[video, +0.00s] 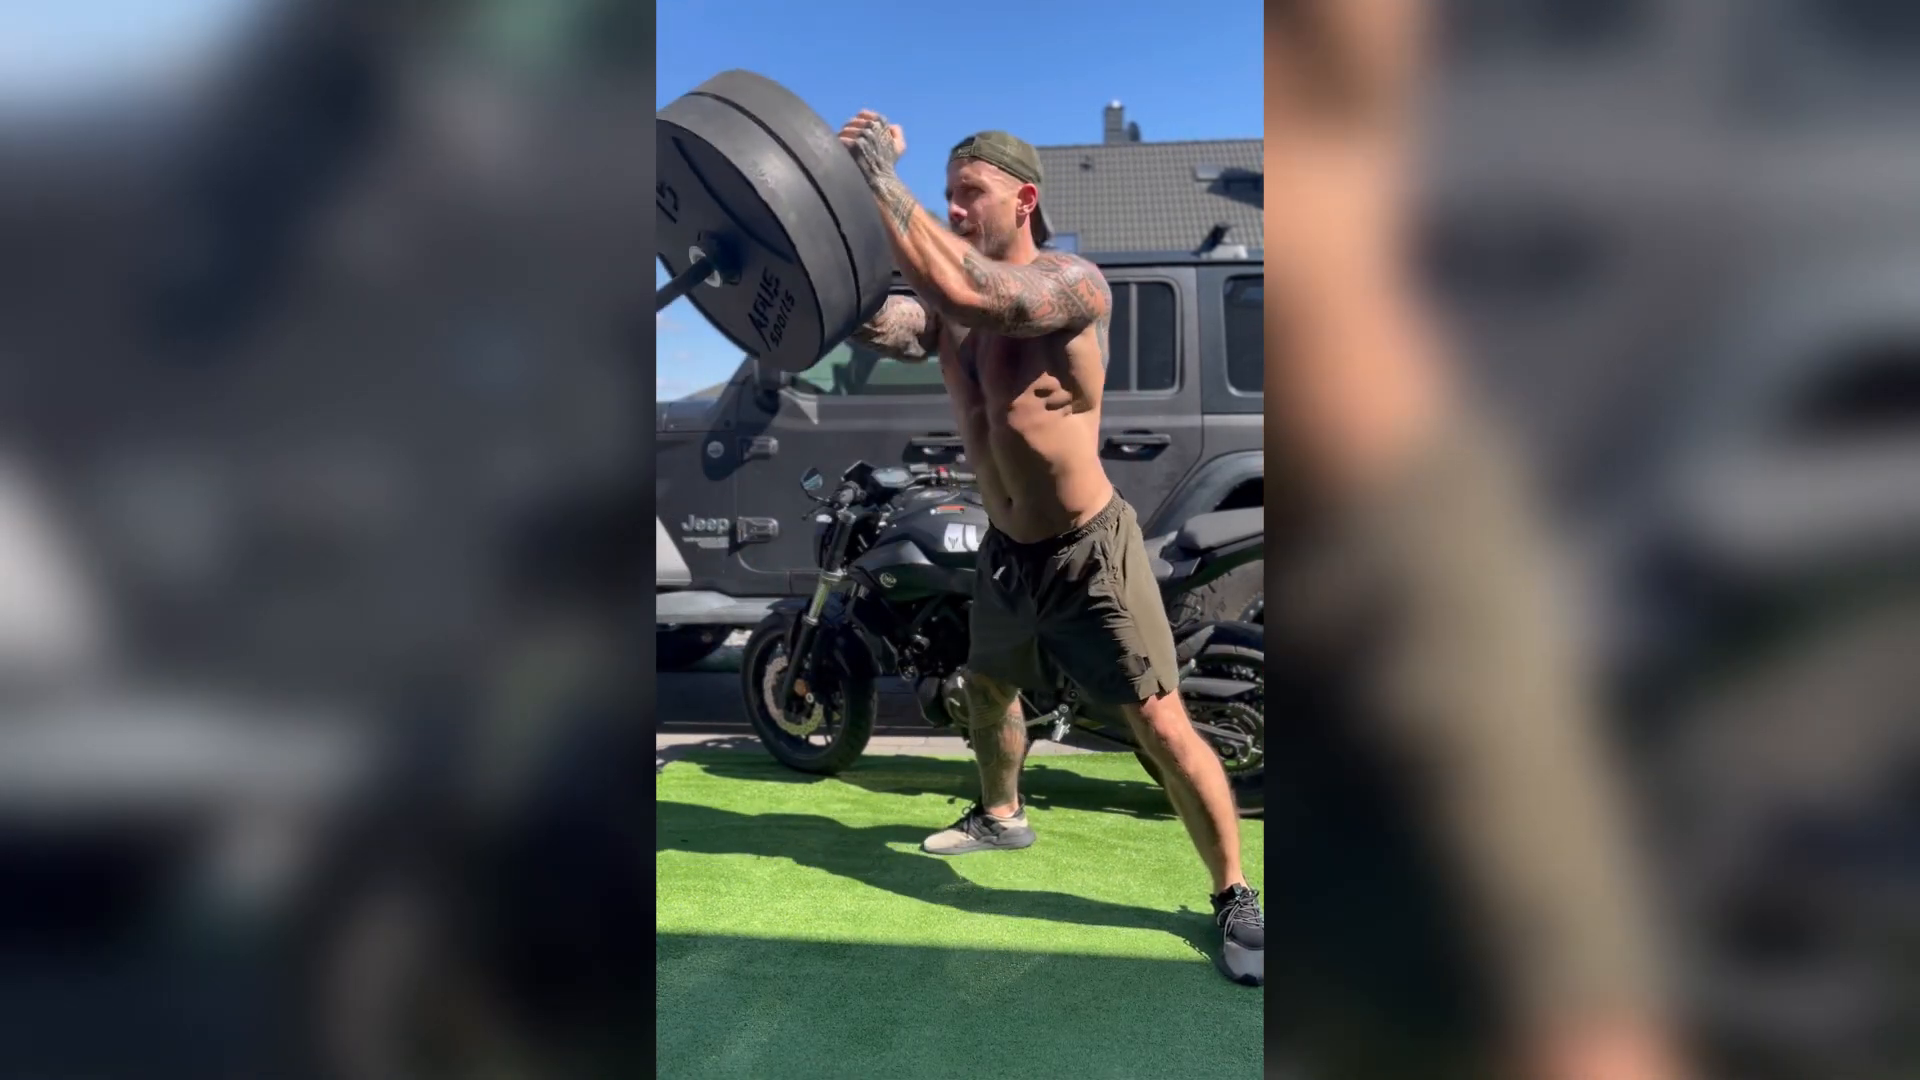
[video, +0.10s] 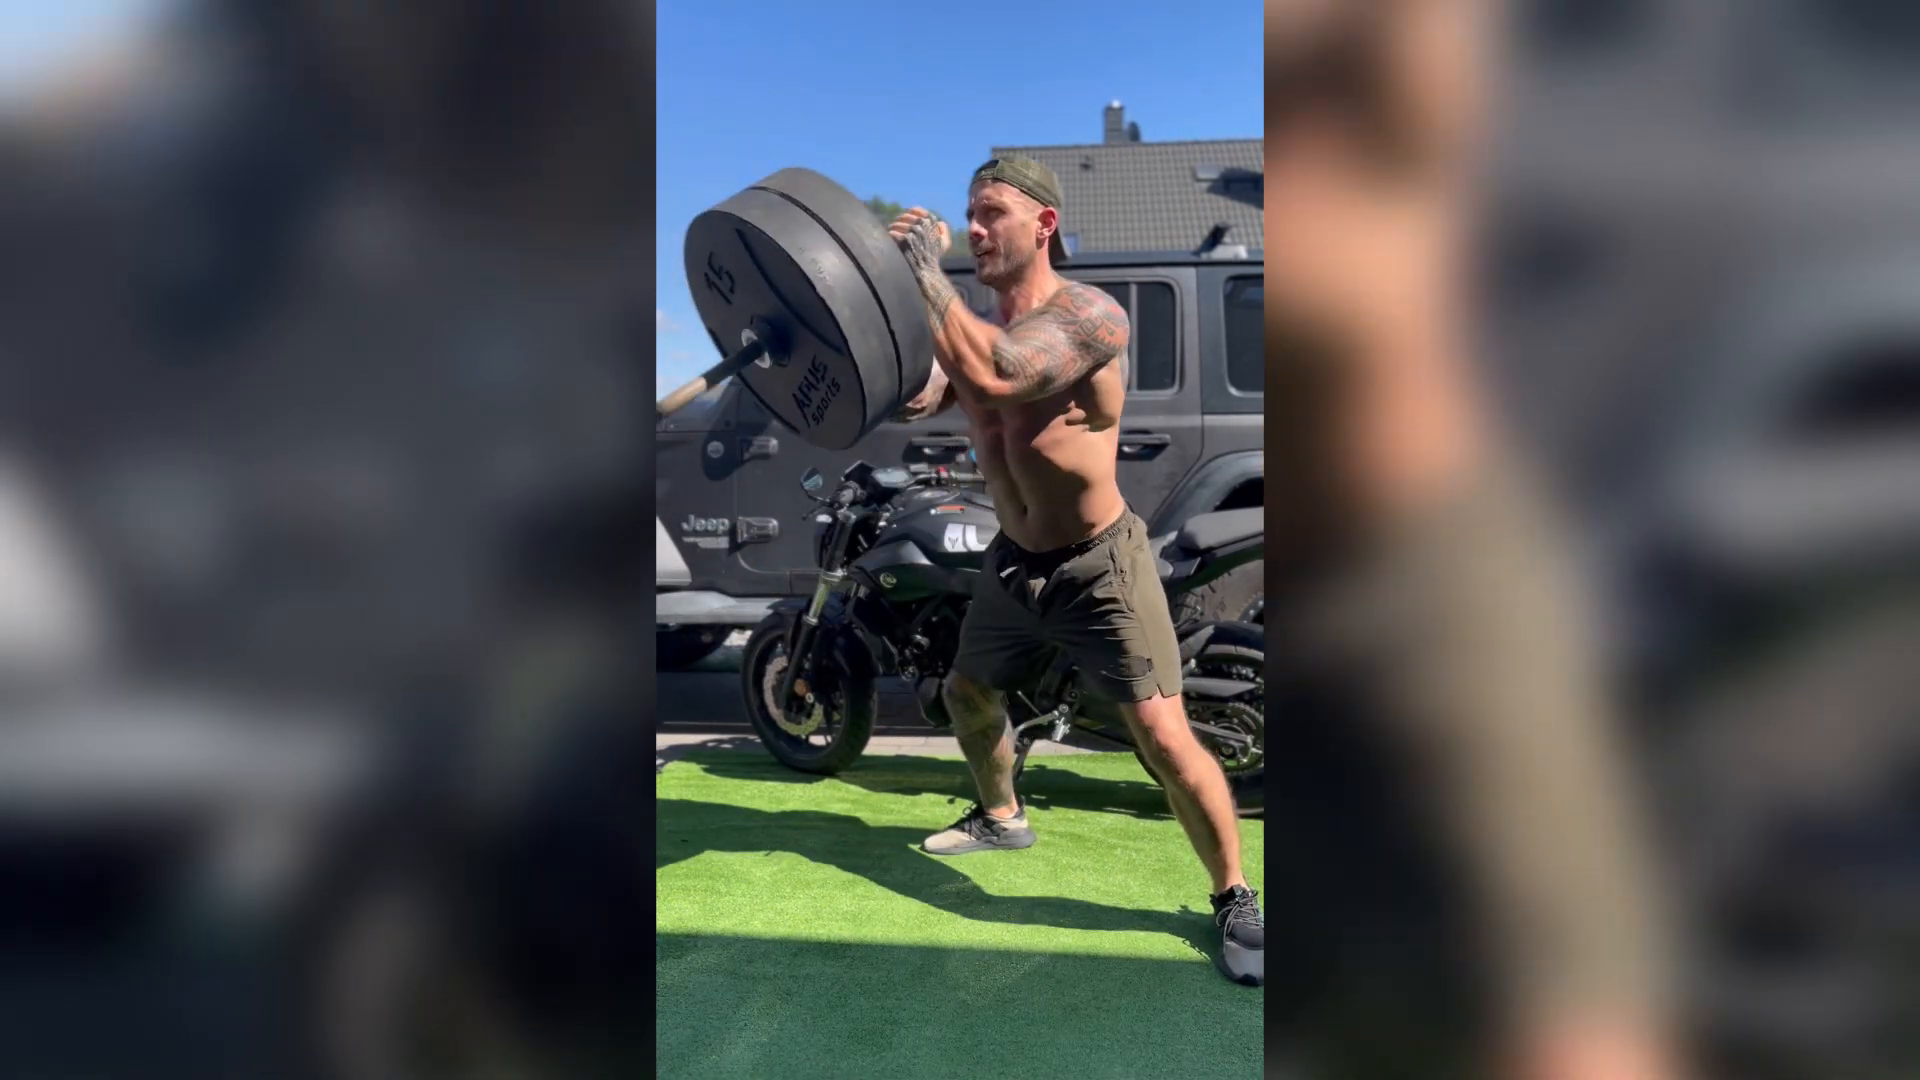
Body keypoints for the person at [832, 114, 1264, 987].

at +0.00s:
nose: (956, 208)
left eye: (972, 193)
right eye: (949, 196)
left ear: (1026, 200)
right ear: (950, 208)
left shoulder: (1076, 281)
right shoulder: (949, 302)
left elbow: (973, 291)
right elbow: (880, 324)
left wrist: (886, 186)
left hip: (1091, 545)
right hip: (1006, 551)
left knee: (1160, 725)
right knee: (989, 691)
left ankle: (1235, 896)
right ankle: (1000, 817)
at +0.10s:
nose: (975, 230)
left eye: (992, 215)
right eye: (971, 217)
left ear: (1045, 222)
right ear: (973, 231)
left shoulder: (1094, 314)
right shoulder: (976, 324)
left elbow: (999, 376)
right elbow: (915, 394)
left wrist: (928, 278)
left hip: (1103, 557)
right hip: (1013, 558)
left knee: (1161, 733)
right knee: (970, 695)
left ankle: (1235, 898)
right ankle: (1002, 819)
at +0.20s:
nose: (982, 280)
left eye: (1000, 267)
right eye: (981, 267)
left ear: (1051, 279)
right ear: (981, 281)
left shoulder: (1101, 371)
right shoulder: (984, 358)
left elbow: (1016, 464)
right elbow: (942, 459)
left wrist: (960, 365)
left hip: (1120, 583)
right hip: (1032, 586)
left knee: (1168, 742)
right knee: (952, 699)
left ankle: (1236, 899)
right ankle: (1002, 819)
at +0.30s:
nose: (990, 339)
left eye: (1009, 329)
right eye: (990, 327)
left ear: (1057, 347)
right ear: (988, 339)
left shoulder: (1105, 436)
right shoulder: (994, 420)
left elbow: (1035, 549)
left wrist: (989, 452)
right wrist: (940, 446)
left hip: (1133, 617)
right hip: (1047, 616)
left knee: (1167, 749)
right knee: (942, 702)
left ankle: (1237, 899)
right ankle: (995, 815)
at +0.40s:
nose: (997, 396)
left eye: (1016, 386)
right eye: (997, 384)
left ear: (1062, 405)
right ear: (993, 396)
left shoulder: (1116, 492)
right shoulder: (995, 476)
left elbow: (1058, 614)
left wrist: (1006, 513)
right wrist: (957, 501)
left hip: (1144, 649)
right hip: (1049, 649)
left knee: (1168, 751)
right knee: (939, 705)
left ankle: (1237, 901)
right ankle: (998, 821)